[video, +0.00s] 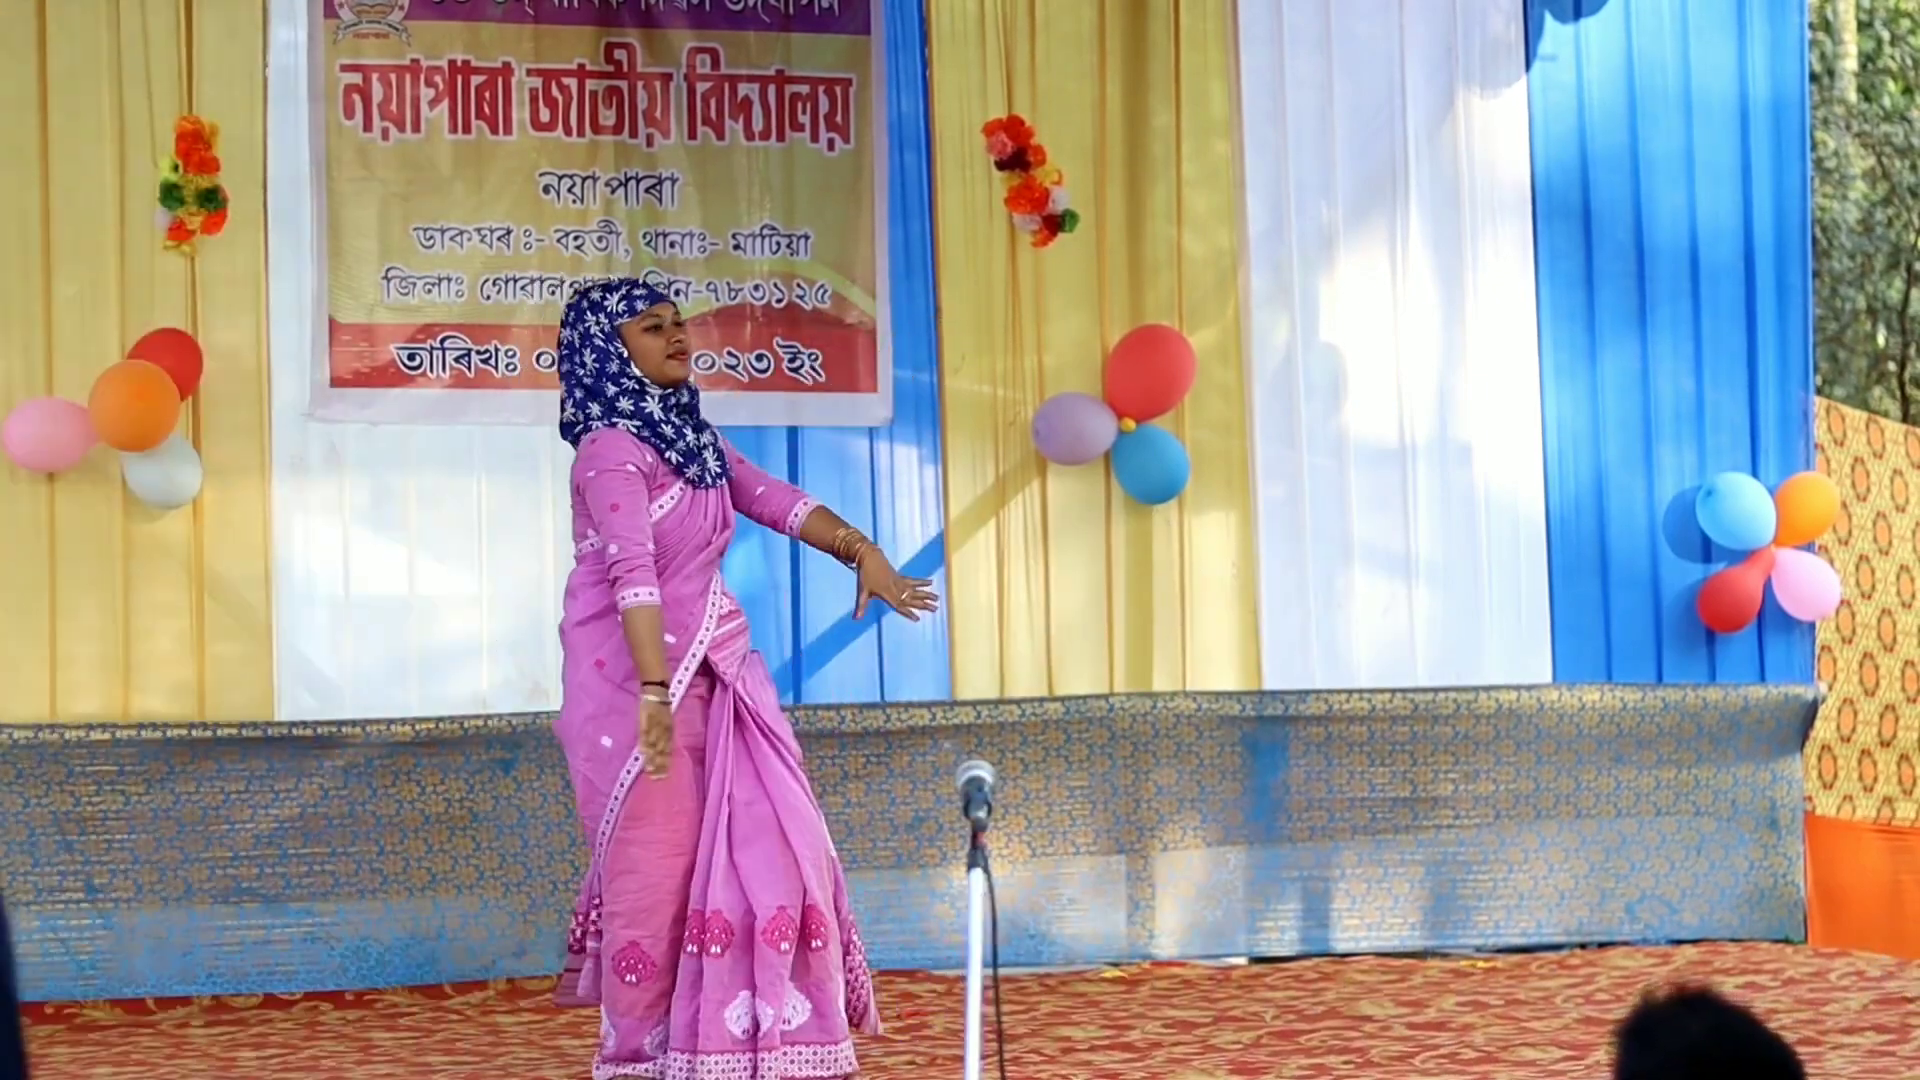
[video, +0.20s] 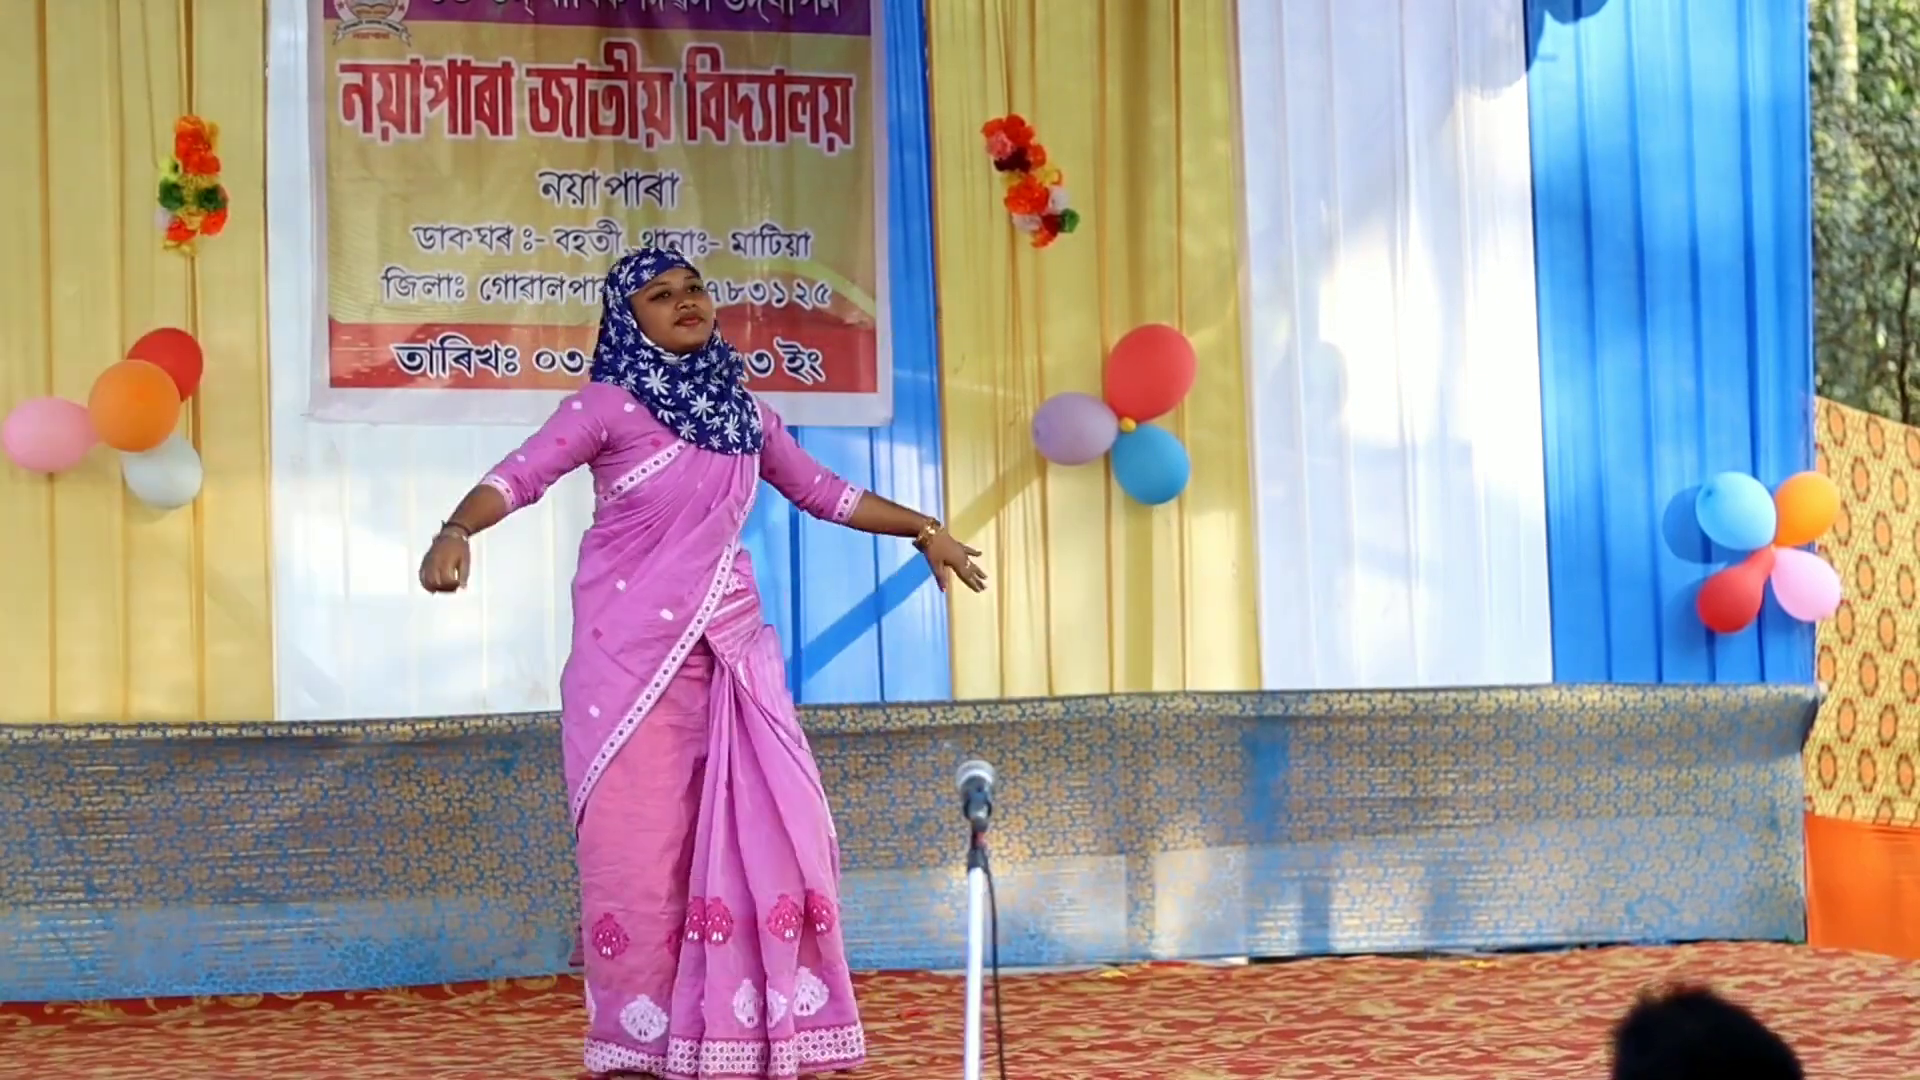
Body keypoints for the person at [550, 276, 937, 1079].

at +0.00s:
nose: (679, 339)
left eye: (677, 326)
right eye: (657, 330)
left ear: (678, 341)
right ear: (611, 353)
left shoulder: (689, 435)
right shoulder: (612, 450)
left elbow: (772, 498)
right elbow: (632, 576)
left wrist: (862, 550)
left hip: (711, 669)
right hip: (631, 678)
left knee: (760, 839)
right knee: (659, 857)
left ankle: (759, 1041)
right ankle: (642, 1049)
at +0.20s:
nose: (691, 304)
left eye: (696, 290)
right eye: (667, 296)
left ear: (711, 303)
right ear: (631, 320)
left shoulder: (743, 410)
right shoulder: (609, 404)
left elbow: (825, 493)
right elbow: (521, 476)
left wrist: (924, 527)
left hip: (733, 653)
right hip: (632, 659)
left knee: (763, 831)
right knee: (643, 852)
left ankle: (759, 1040)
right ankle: (648, 1042)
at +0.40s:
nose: (707, 295)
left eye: (720, 283)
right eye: (689, 286)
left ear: (746, 303)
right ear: (660, 309)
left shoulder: (768, 404)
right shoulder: (630, 388)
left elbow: (865, 474)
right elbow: (528, 445)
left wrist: (926, 400)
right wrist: (531, 349)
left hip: (766, 638)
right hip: (663, 639)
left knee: (777, 821)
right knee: (648, 833)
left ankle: (775, 1030)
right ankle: (641, 1038)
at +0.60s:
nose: (724, 337)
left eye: (740, 322)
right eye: (709, 329)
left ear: (778, 339)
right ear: (691, 350)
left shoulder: (801, 439)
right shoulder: (668, 421)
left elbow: (905, 484)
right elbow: (573, 401)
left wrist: (886, 391)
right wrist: (684, 392)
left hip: (789, 656)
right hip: (687, 658)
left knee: (797, 839)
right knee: (678, 841)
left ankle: (781, 1045)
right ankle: (668, 1047)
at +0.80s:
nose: (733, 364)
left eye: (753, 350)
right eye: (721, 354)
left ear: (793, 373)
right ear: (707, 376)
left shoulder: (814, 469)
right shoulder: (682, 451)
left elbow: (888, 492)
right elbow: (588, 431)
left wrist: (847, 412)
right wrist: (667, 399)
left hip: (798, 688)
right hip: (689, 687)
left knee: (827, 836)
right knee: (678, 809)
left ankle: (808, 1023)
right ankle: (678, 1016)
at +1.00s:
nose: (734, 328)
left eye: (755, 313)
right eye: (724, 318)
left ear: (800, 334)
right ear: (715, 338)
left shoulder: (842, 430)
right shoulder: (694, 415)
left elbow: (783, 425)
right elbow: (613, 410)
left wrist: (709, 366)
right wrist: (617, 364)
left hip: (748, 642)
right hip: (643, 632)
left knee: (767, 825)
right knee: (602, 816)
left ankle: (793, 1045)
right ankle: (564, 1046)